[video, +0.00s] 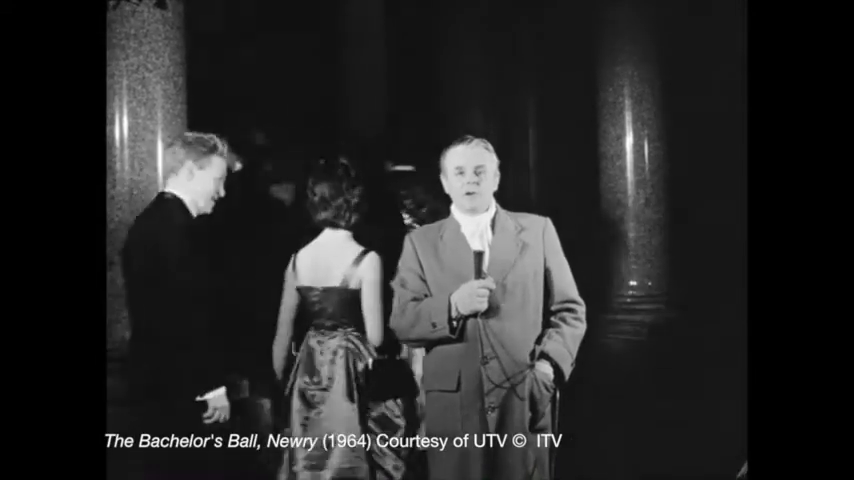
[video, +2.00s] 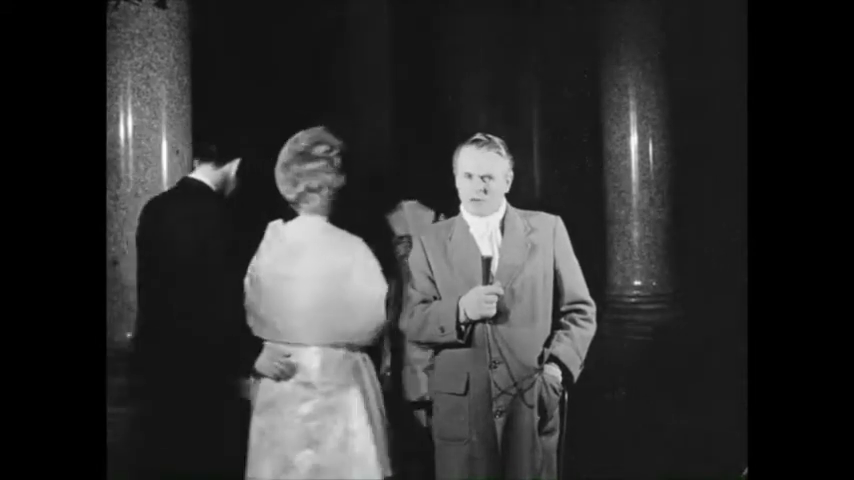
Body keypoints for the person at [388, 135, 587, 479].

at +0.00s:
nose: (470, 179)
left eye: (480, 170)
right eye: (459, 172)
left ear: (497, 178)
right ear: (444, 183)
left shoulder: (537, 231)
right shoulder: (419, 242)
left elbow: (569, 309)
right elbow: (402, 320)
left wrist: (549, 364)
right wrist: (451, 306)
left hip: (522, 398)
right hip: (451, 399)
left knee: (525, 474)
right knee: (451, 474)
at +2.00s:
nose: (477, 187)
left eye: (488, 177)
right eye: (468, 176)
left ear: (508, 181)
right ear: (456, 180)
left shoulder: (547, 230)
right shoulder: (430, 241)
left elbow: (579, 309)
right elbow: (413, 319)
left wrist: (557, 365)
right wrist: (460, 310)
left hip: (530, 396)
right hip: (459, 397)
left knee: (532, 474)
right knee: (460, 474)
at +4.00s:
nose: (462, 172)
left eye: (474, 165)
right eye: (453, 164)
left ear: (493, 180)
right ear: (440, 179)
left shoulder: (532, 232)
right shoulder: (414, 245)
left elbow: (565, 310)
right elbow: (397, 322)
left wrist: (547, 362)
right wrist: (450, 305)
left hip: (520, 401)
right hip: (447, 404)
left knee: (523, 475)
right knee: (451, 474)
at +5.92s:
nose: (486, 174)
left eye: (496, 168)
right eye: (476, 166)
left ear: (511, 182)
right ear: (457, 177)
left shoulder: (544, 234)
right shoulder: (424, 244)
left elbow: (575, 312)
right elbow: (409, 320)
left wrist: (554, 363)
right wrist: (461, 301)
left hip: (528, 396)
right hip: (458, 398)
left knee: (529, 474)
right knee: (460, 474)